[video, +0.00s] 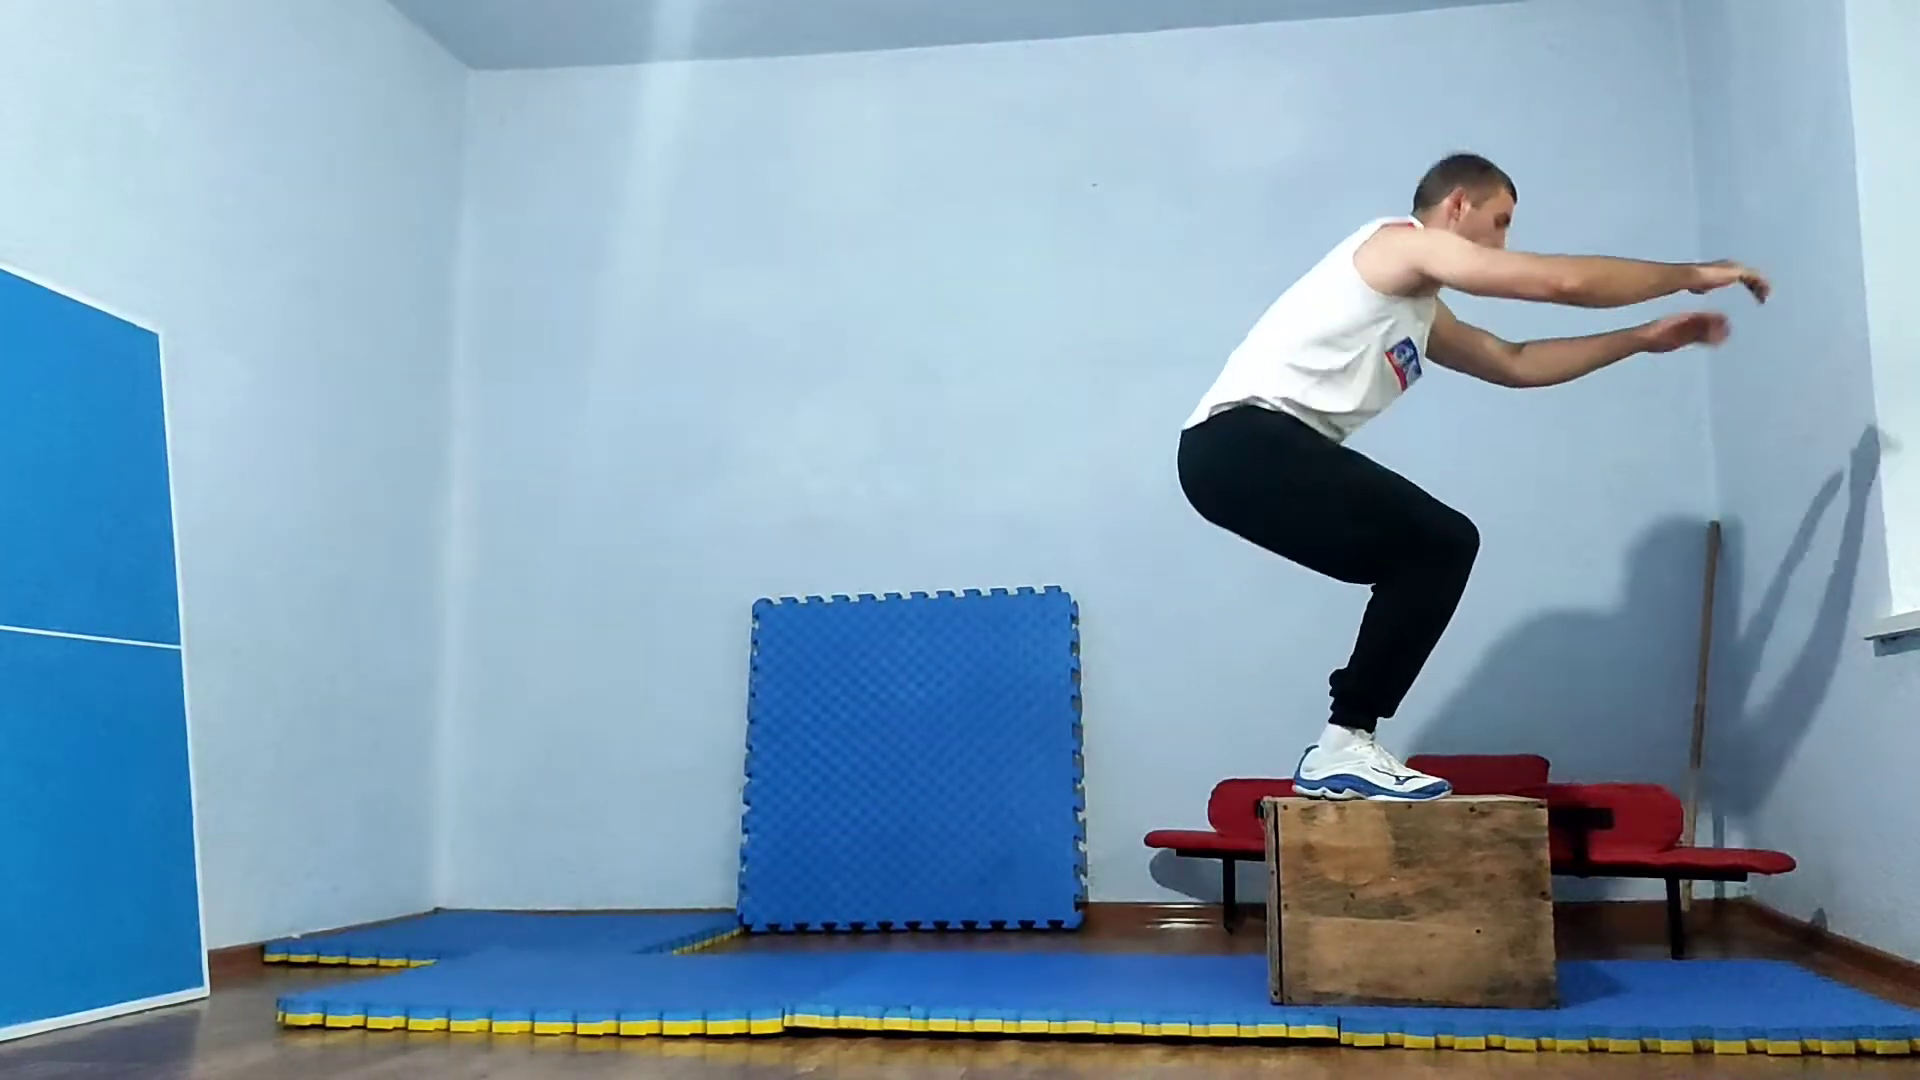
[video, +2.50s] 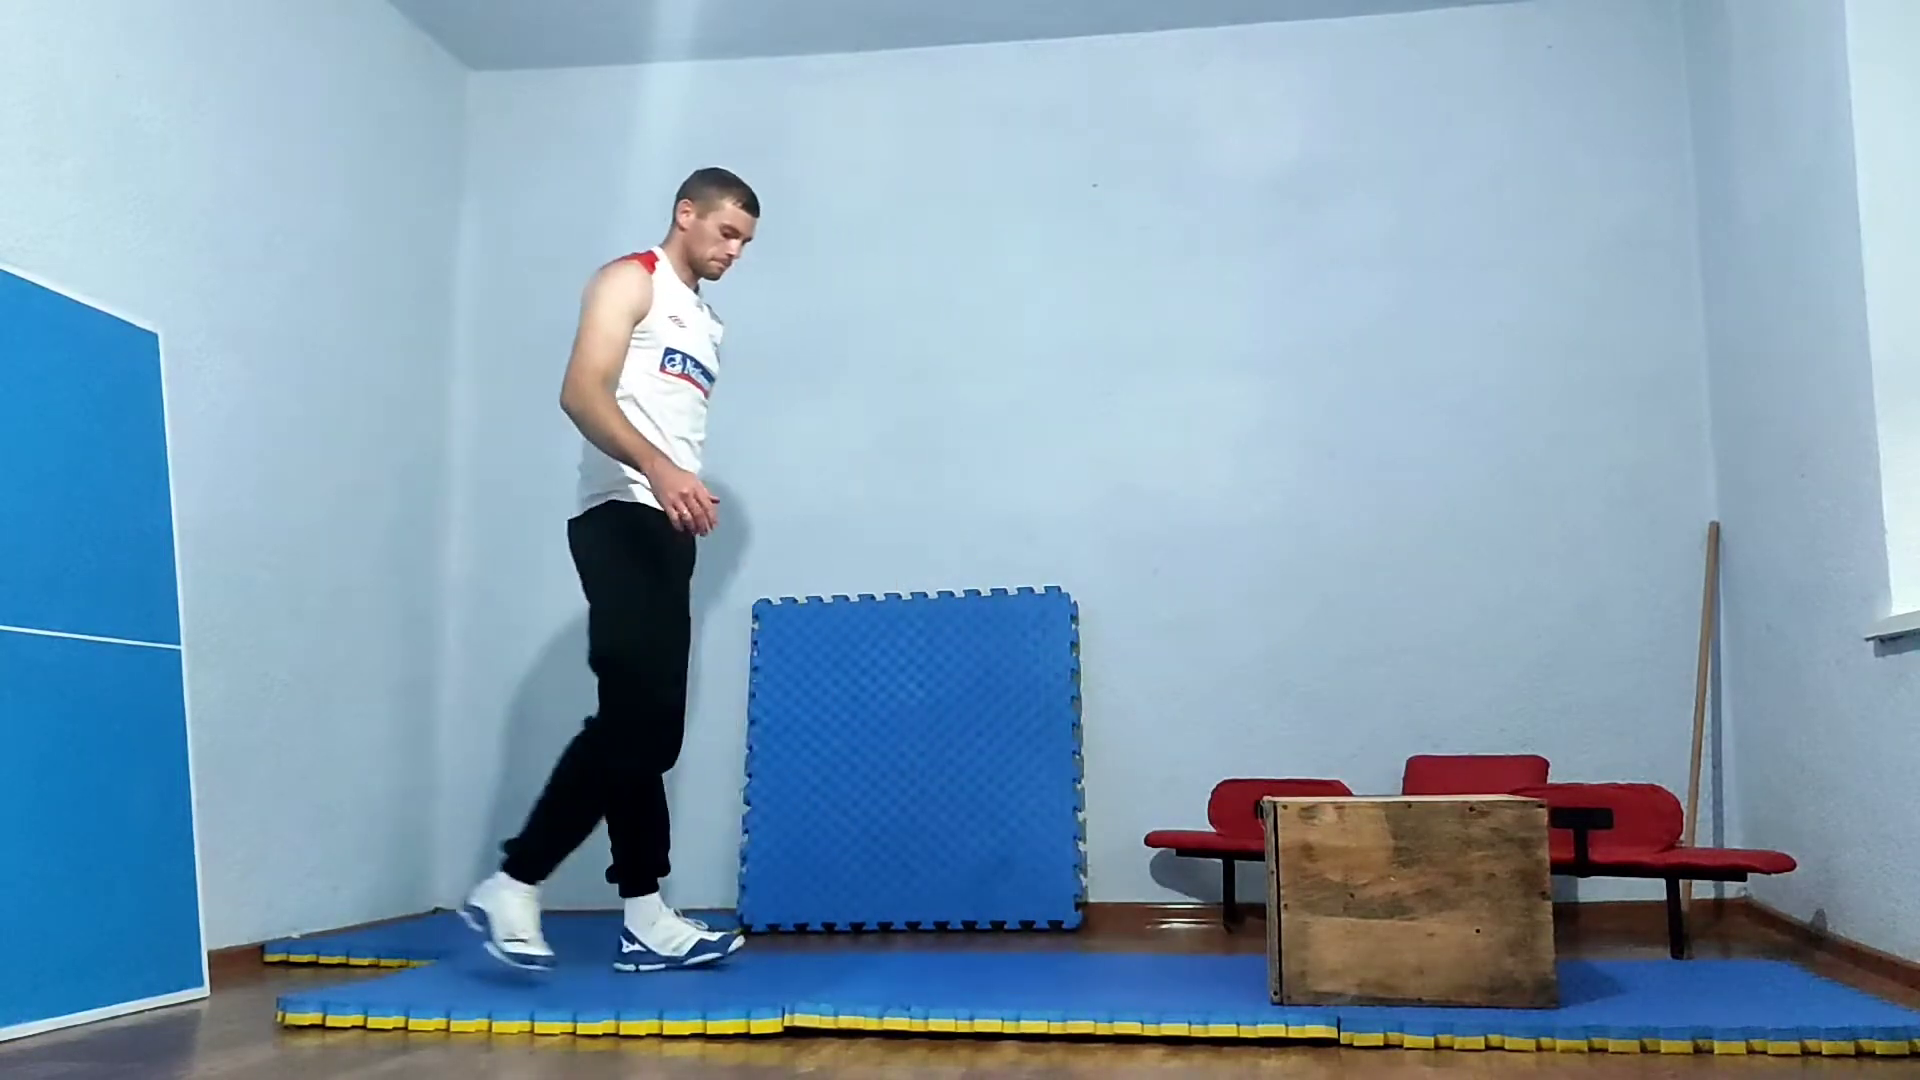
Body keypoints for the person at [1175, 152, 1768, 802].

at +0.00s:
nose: (1503, 240)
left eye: (1507, 229)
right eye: (1498, 223)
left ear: (1450, 214)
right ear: (1456, 207)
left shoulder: (1417, 310)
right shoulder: (1407, 245)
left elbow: (1519, 366)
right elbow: (1564, 283)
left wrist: (1643, 339)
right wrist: (1693, 274)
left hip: (1254, 452)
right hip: (1244, 441)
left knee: (1434, 547)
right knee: (1440, 542)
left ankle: (1347, 746)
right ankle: (1342, 748)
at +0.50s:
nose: (1420, 18)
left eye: (1423, 7)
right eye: (1415, 3)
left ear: (1373, 7)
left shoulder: (1347, 75)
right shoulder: (1325, 55)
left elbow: (1299, 213)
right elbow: (1295, 184)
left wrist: (1256, 347)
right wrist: (1295, 317)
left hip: (1331, 307)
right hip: (1322, 303)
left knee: (1353, 523)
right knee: (1349, 522)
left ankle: (1337, 740)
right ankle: (1332, 745)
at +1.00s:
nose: (1400, 85)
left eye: (1408, 73)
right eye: (1397, 64)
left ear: (1358, 49)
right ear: (1353, 41)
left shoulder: (1333, 152)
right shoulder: (1289, 90)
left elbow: (1306, 300)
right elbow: (1261, 209)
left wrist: (1382, 366)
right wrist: (1373, 285)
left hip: (1269, 343)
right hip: (1225, 322)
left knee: (1362, 536)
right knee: (1322, 512)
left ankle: (1334, 743)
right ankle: (1192, 685)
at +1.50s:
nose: (1167, 224)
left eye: (1174, 210)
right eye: (1164, 204)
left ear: (1129, 193)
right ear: (1116, 184)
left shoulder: (1091, 273)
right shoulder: (1058, 255)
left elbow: (1045, 416)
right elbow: (1075, 402)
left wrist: (989, 520)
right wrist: (1186, 491)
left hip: (1092, 507)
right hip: (1036, 513)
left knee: (1254, 541)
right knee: (1037, 715)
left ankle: (1327, 739)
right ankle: (949, 935)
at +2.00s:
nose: (921, 225)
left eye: (927, 213)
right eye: (914, 207)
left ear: (898, 212)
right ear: (864, 196)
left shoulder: (881, 304)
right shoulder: (814, 271)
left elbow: (911, 434)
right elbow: (739, 387)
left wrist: (995, 498)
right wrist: (751, 519)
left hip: (869, 522)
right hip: (837, 519)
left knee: (840, 719)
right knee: (915, 715)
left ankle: (707, 874)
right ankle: (943, 934)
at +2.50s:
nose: (735, 250)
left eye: (743, 241)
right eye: (728, 232)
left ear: (733, 242)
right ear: (684, 215)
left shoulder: (701, 318)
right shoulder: (629, 279)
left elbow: (667, 425)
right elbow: (581, 393)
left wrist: (685, 490)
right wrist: (661, 468)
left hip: (662, 527)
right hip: (619, 519)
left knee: (652, 724)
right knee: (635, 716)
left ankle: (646, 915)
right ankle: (510, 886)